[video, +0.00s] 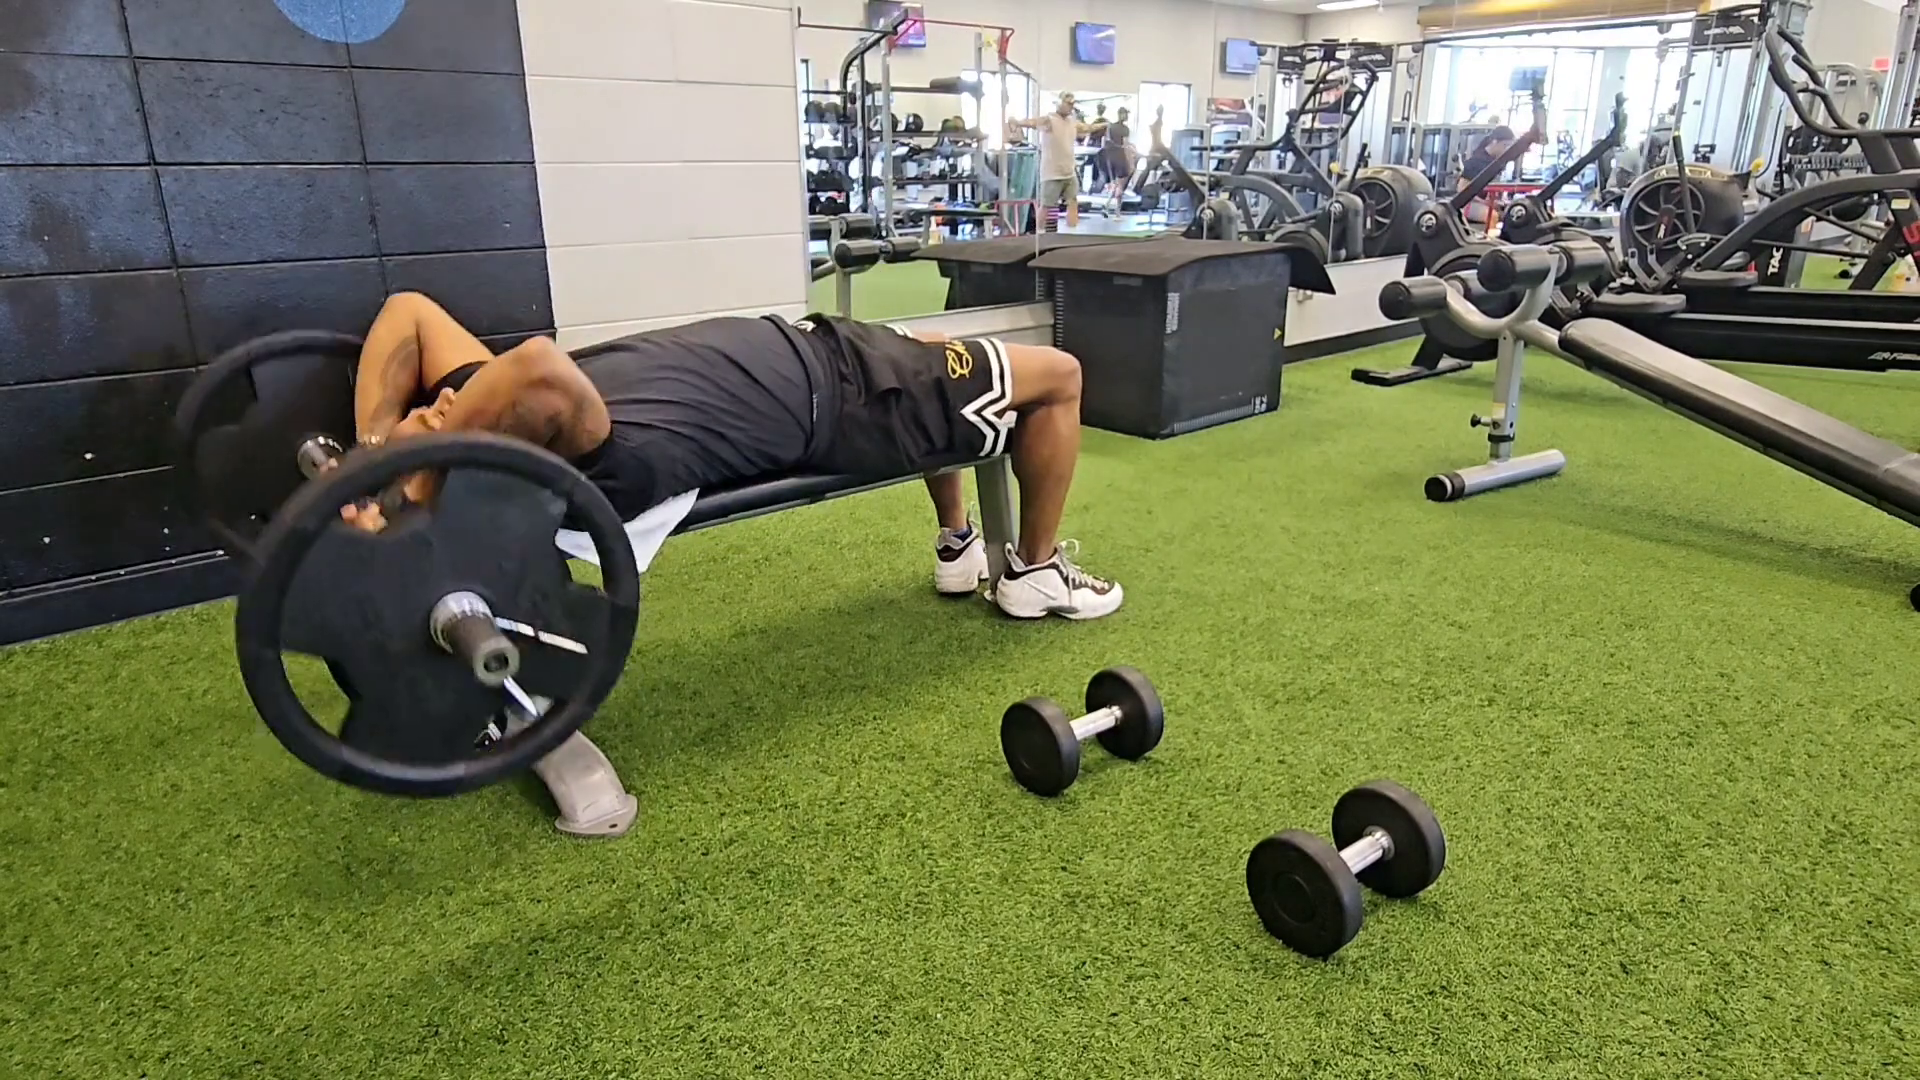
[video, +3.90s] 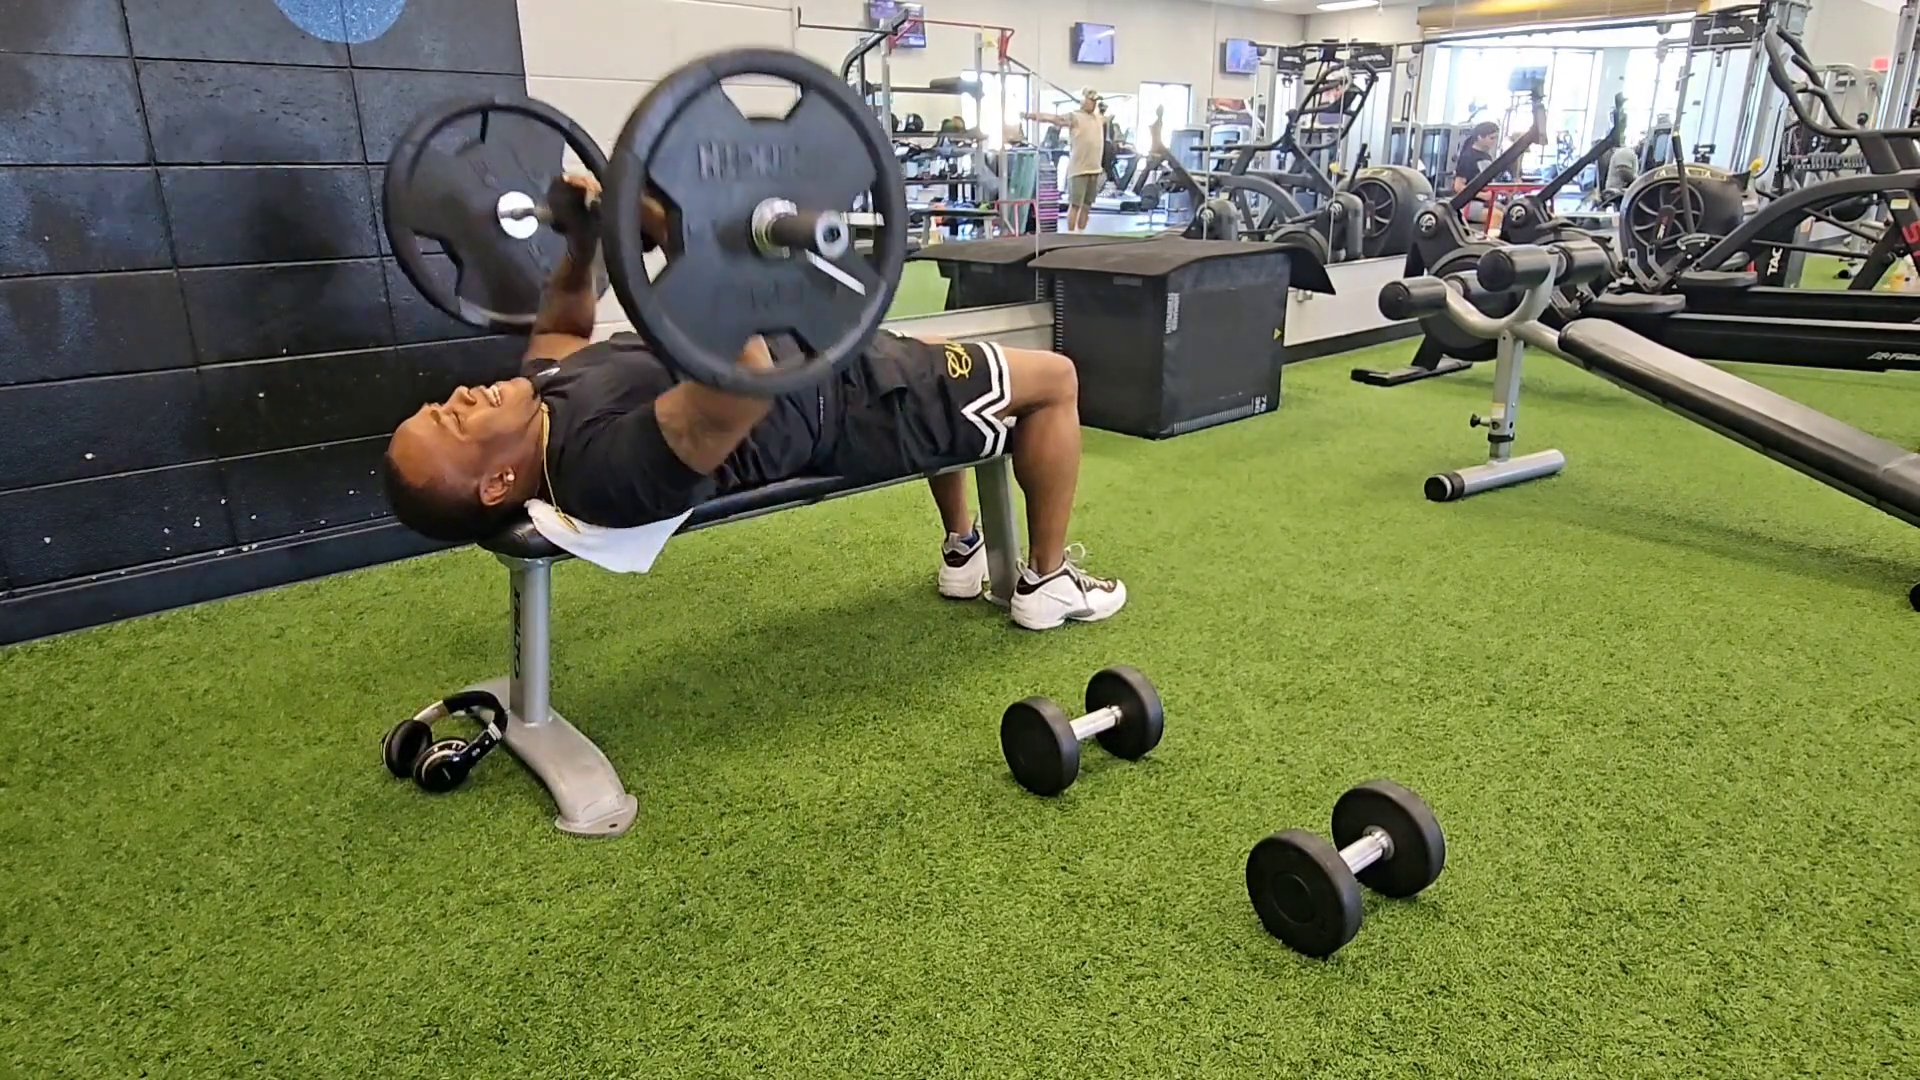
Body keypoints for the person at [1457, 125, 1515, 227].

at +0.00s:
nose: (1507, 150)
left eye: (1509, 146)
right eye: (1505, 145)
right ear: (1494, 142)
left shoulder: (1496, 162)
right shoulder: (1478, 160)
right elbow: (1462, 188)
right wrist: (1486, 203)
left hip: (1489, 201)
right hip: (1469, 202)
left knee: (1511, 210)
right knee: (1492, 216)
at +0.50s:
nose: (1495, 145)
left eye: (1496, 141)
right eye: (1492, 141)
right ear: (1480, 140)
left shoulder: (1488, 157)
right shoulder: (1466, 158)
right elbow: (1455, 188)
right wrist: (1479, 198)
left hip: (1486, 199)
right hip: (1468, 202)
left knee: (1509, 209)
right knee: (1492, 215)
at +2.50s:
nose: (1488, 136)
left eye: (1488, 132)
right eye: (1483, 133)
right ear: (1471, 137)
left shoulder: (1484, 156)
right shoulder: (1464, 157)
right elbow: (1455, 185)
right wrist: (1480, 195)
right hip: (1469, 203)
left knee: (1508, 212)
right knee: (1496, 215)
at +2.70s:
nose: (1489, 136)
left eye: (1490, 132)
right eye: (1485, 133)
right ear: (1473, 137)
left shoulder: (1485, 156)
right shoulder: (1465, 157)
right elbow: (1454, 185)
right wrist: (1478, 195)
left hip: (1488, 201)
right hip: (1469, 202)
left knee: (1508, 212)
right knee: (1496, 215)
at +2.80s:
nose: (1490, 136)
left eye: (1490, 132)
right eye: (1485, 133)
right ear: (1473, 137)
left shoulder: (1485, 155)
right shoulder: (1465, 156)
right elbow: (1454, 185)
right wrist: (1479, 195)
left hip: (1488, 201)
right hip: (1469, 203)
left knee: (1509, 212)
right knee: (1496, 215)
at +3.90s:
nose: (1494, 141)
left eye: (1496, 138)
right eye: (1492, 138)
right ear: (1480, 137)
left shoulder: (1487, 156)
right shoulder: (1467, 156)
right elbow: (1458, 186)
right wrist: (1483, 195)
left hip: (1488, 201)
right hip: (1470, 202)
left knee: (1507, 212)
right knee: (1496, 215)